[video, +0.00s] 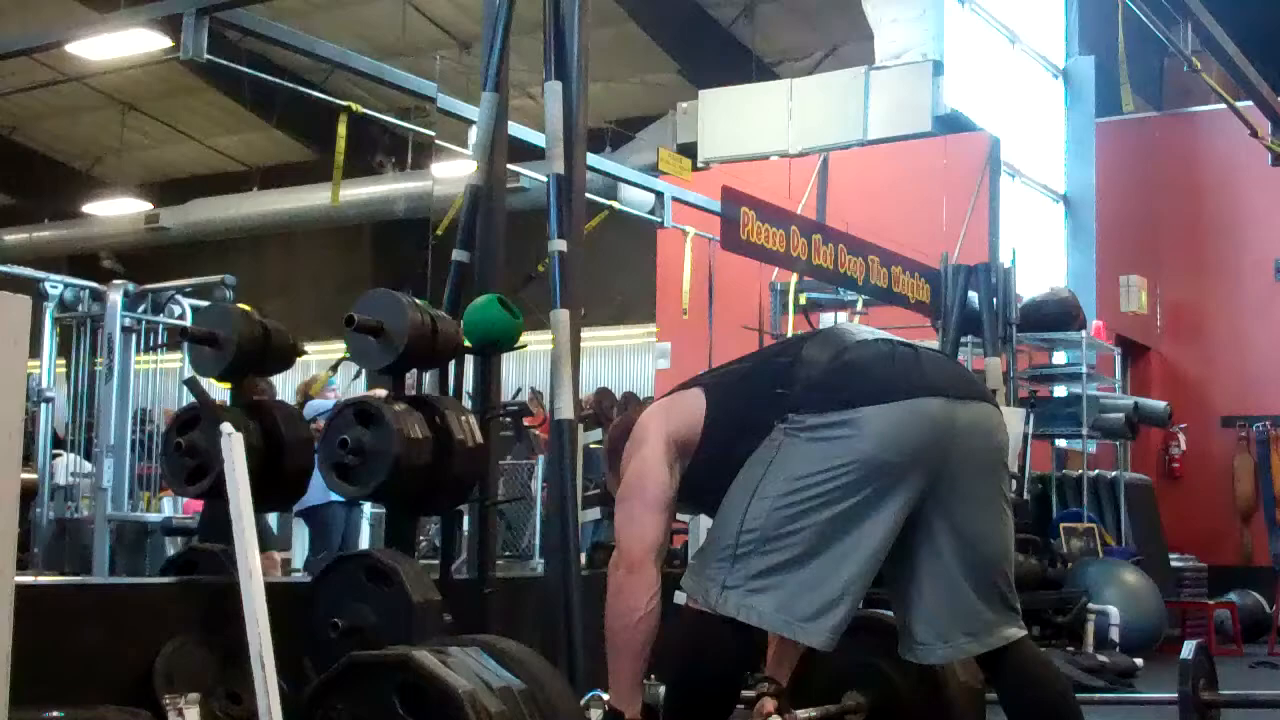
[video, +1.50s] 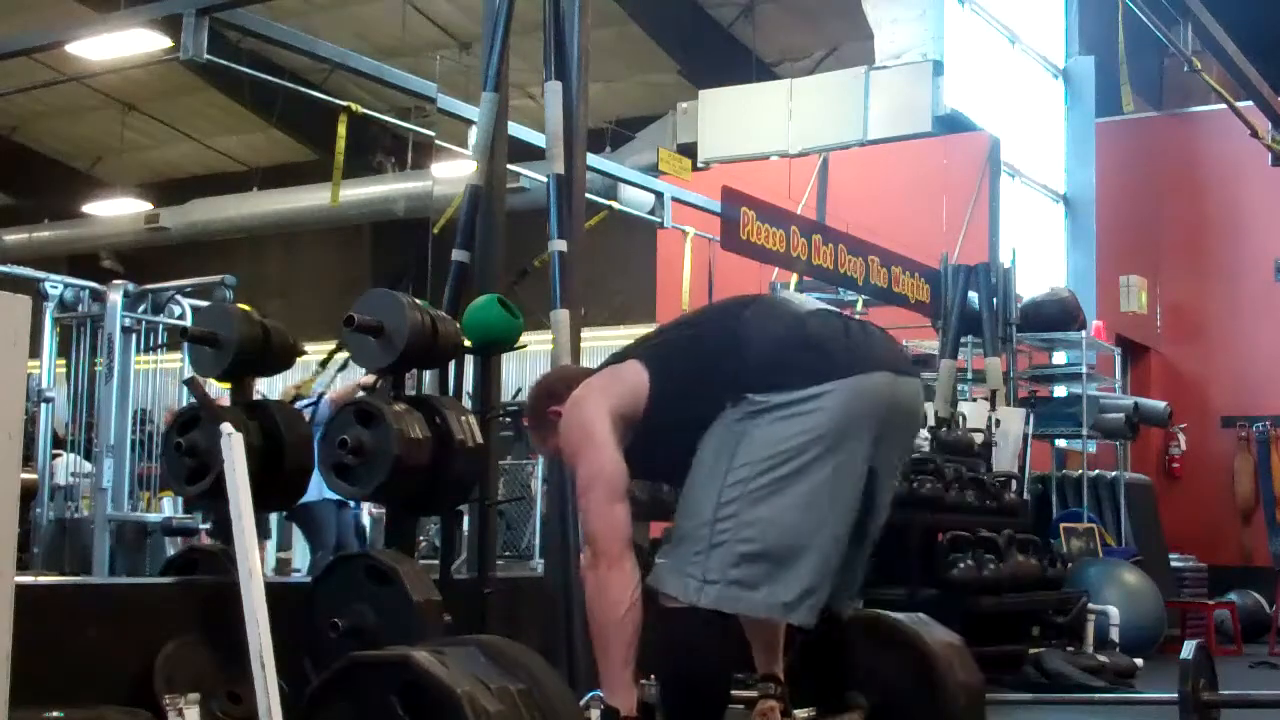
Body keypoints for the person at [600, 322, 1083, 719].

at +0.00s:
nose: (628, 498)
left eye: (624, 483)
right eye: (623, 490)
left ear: (629, 454)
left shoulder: (655, 427)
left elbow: (638, 567)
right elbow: (819, 551)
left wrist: (622, 704)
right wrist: (773, 688)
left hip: (862, 406)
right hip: (974, 407)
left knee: (721, 606)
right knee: (996, 630)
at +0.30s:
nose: (648, 519)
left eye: (636, 496)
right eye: (641, 505)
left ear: (639, 465)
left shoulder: (665, 439)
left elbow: (639, 566)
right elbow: (824, 563)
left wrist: (622, 703)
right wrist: (775, 687)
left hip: (862, 404)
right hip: (978, 407)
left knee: (722, 603)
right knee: (997, 630)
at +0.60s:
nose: (655, 514)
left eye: (634, 482)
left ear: (635, 452)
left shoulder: (657, 430)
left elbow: (640, 569)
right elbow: (824, 562)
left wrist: (622, 704)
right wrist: (772, 688)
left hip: (862, 408)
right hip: (976, 408)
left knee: (720, 606)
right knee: (997, 631)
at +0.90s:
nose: (617, 449)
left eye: (612, 431)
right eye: (612, 437)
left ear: (622, 400)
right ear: (656, 376)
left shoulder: (649, 399)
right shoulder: (754, 385)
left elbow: (641, 553)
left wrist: (622, 699)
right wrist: (775, 679)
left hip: (862, 410)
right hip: (971, 408)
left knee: (721, 612)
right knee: (989, 634)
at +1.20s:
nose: (613, 465)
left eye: (604, 447)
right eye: (603, 452)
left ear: (611, 407)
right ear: (641, 382)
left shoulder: (641, 405)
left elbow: (640, 560)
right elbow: (790, 538)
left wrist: (623, 704)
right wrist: (774, 683)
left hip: (871, 410)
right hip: (962, 409)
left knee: (722, 587)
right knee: (961, 637)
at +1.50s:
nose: (565, 466)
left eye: (558, 451)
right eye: (555, 457)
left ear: (559, 413)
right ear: (588, 382)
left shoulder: (587, 407)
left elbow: (609, 560)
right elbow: (773, 534)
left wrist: (620, 703)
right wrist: (771, 678)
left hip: (808, 387)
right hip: (894, 381)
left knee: (688, 598)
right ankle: (771, 694)